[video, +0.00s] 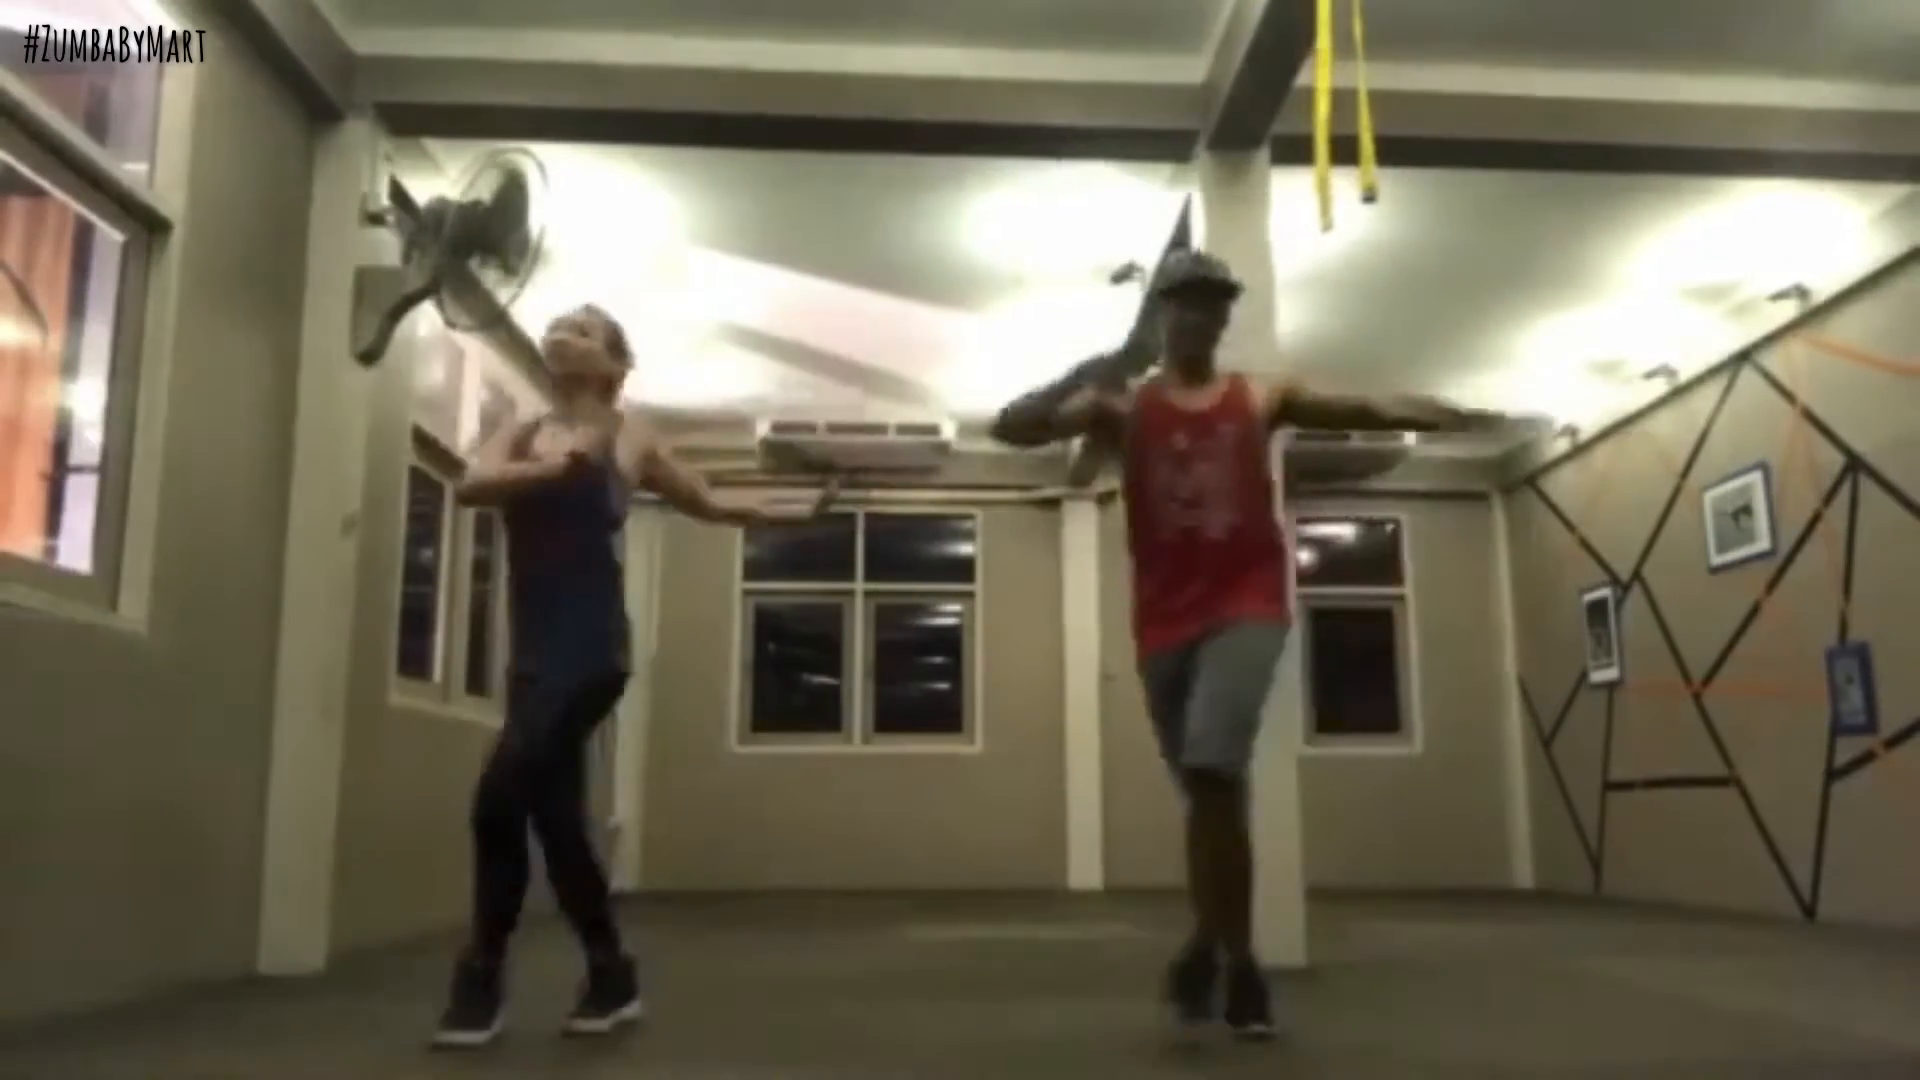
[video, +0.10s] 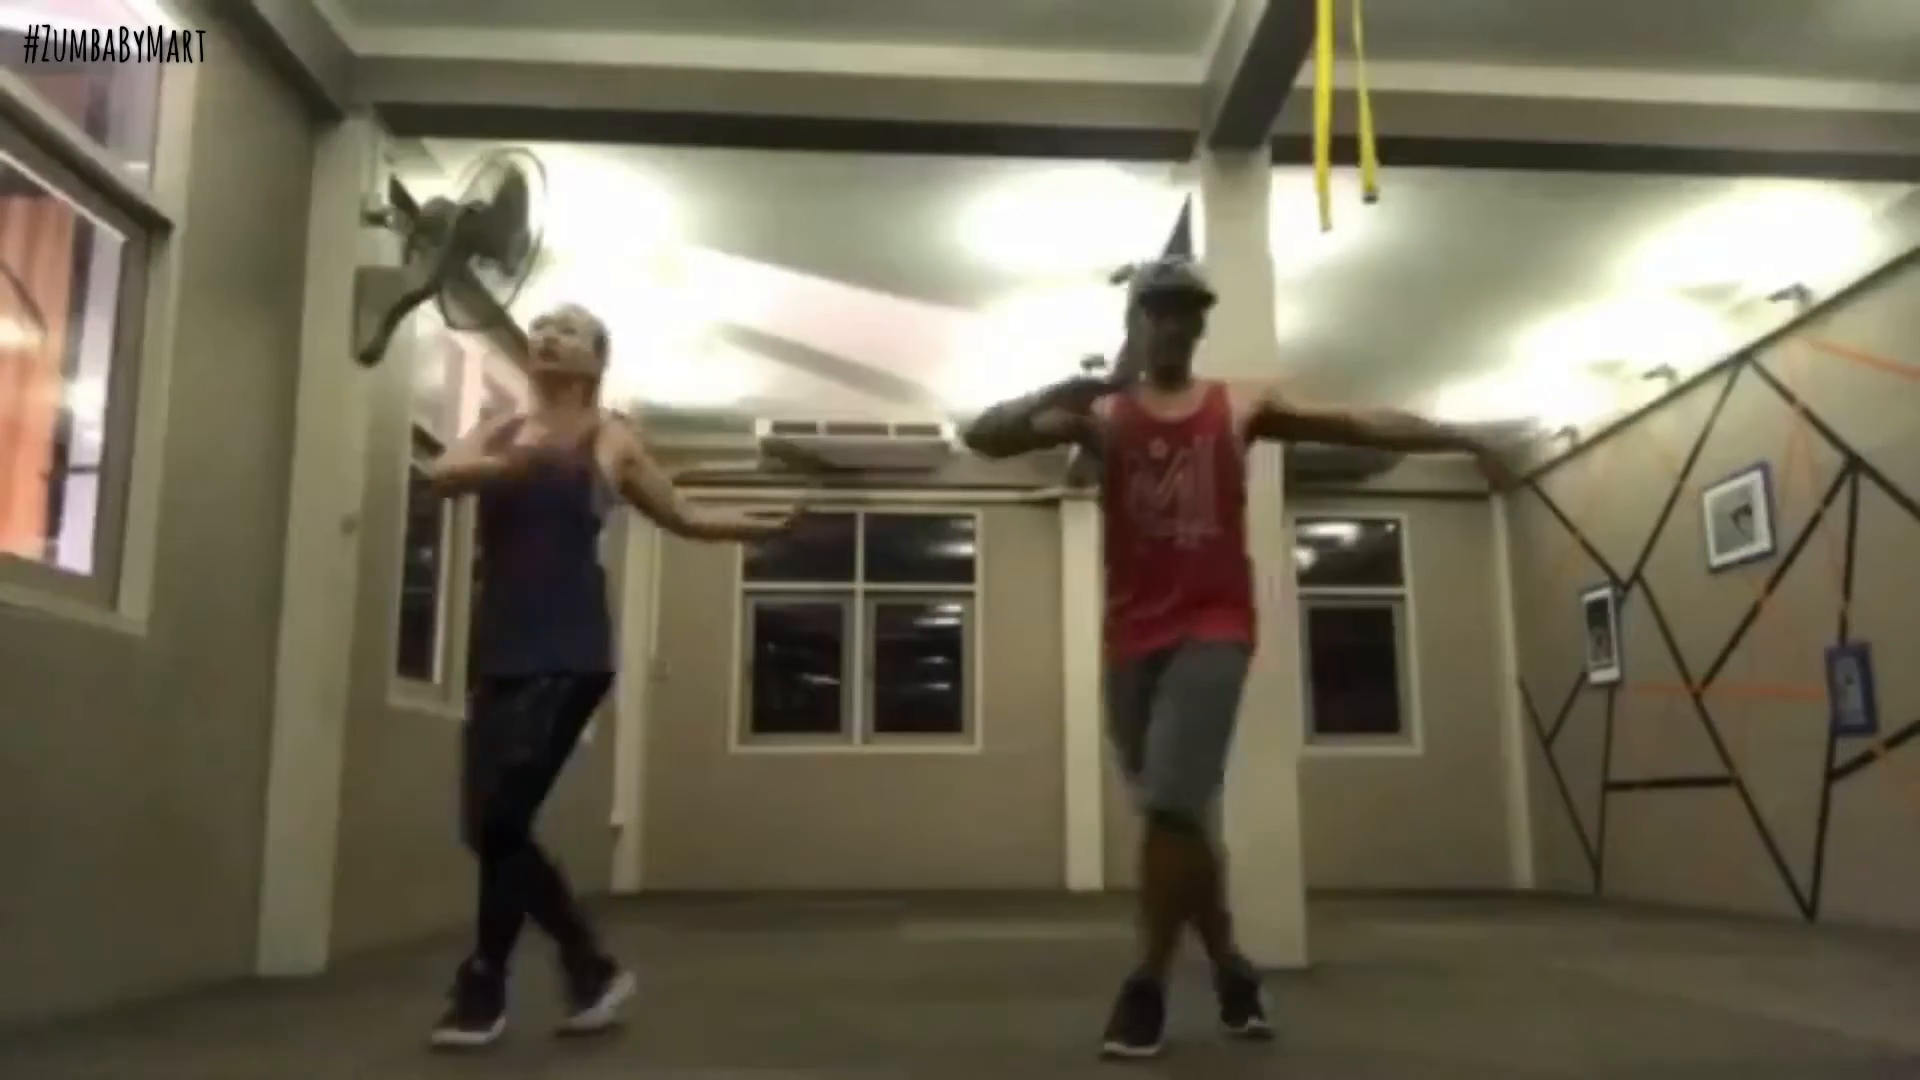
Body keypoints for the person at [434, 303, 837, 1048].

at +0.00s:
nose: (560, 335)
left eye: (582, 331)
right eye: (557, 328)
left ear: (614, 366)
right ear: (544, 356)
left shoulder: (629, 438)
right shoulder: (523, 427)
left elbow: (707, 504)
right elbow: (472, 483)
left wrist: (801, 509)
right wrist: (550, 470)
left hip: (593, 650)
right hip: (536, 651)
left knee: (499, 800)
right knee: (558, 822)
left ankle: (477, 990)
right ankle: (610, 975)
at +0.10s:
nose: (549, 339)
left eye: (567, 331)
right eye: (541, 330)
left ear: (598, 357)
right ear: (527, 351)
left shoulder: (612, 440)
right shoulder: (504, 427)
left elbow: (683, 517)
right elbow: (441, 474)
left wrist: (764, 525)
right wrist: (512, 461)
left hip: (572, 650)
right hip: (500, 647)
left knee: (502, 820)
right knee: (495, 826)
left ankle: (480, 996)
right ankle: (594, 975)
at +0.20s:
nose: (549, 336)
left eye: (566, 328)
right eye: (537, 324)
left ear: (586, 352)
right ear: (513, 341)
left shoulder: (602, 436)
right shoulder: (484, 429)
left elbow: (674, 518)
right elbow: (370, 458)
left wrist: (736, 483)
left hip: (564, 655)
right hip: (484, 651)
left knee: (508, 822)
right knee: (413, 805)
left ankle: (486, 993)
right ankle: (517, 917)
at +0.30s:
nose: (539, 337)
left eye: (554, 327)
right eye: (527, 324)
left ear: (575, 348)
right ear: (501, 341)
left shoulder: (587, 434)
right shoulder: (470, 431)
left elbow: (661, 498)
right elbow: (369, 447)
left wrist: (639, 446)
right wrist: (286, 413)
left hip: (548, 655)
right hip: (462, 648)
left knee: (513, 824)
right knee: (391, 799)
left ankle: (484, 994)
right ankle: (397, 913)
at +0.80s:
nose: (498, 340)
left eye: (513, 331)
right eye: (486, 327)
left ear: (535, 351)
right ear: (459, 341)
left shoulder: (546, 432)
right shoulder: (425, 421)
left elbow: (638, 470)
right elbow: (313, 429)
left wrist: (688, 435)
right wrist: (337, 355)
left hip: (504, 646)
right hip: (414, 640)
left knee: (514, 799)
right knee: (358, 805)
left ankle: (568, 935)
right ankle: (287, 963)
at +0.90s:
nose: (507, 347)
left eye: (523, 338)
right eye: (498, 334)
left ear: (548, 359)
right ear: (478, 349)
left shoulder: (562, 444)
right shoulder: (446, 436)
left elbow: (658, 487)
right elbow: (367, 465)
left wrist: (758, 479)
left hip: (526, 660)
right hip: (436, 655)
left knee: (532, 820)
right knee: (368, 814)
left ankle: (620, 969)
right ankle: (287, 972)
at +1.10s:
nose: (549, 344)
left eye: (567, 335)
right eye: (540, 336)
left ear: (598, 362)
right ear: (525, 357)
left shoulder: (618, 447)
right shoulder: (500, 442)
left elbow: (685, 485)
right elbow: (391, 462)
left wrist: (769, 476)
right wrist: (454, 433)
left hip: (598, 659)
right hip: (511, 657)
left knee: (597, 826)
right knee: (428, 815)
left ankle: (629, 982)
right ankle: (331, 959)